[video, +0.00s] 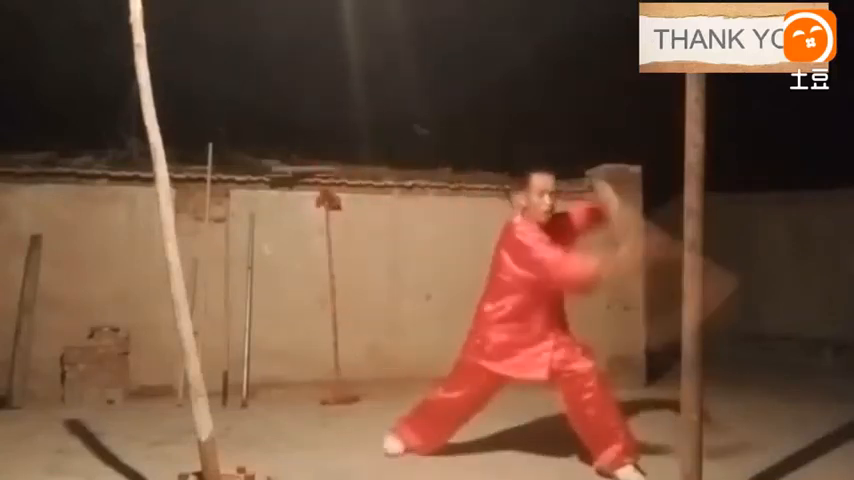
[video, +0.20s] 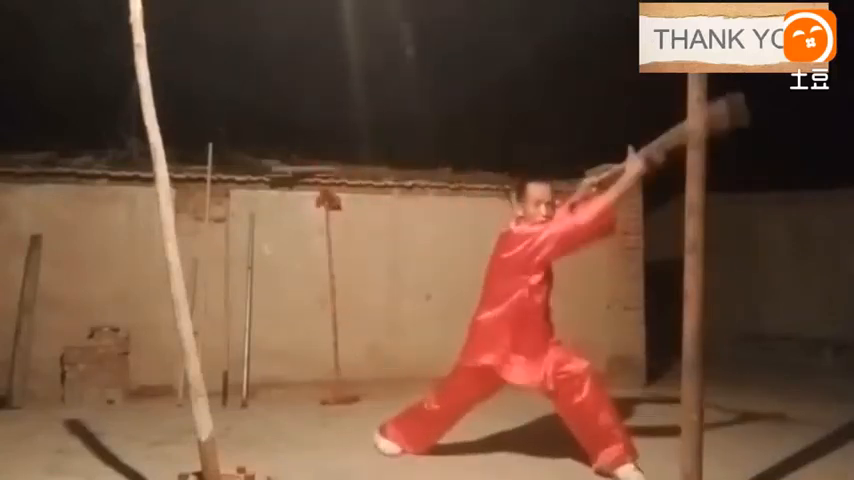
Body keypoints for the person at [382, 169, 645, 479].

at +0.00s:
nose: (548, 201)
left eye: (552, 194)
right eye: (540, 194)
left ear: (555, 197)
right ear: (519, 199)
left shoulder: (553, 228)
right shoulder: (518, 235)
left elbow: (587, 218)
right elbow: (563, 269)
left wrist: (608, 206)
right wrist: (616, 260)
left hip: (543, 335)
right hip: (499, 337)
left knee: (584, 375)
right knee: (459, 393)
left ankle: (615, 459)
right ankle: (406, 435)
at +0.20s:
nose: (546, 210)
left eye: (550, 203)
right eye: (538, 203)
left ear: (554, 206)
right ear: (521, 207)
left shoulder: (537, 234)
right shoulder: (517, 240)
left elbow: (568, 219)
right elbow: (575, 226)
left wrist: (581, 195)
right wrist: (629, 178)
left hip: (530, 347)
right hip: (494, 347)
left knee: (578, 378)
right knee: (452, 398)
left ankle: (617, 460)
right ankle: (395, 436)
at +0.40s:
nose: (548, 206)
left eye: (552, 199)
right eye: (540, 199)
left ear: (556, 200)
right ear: (520, 201)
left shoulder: (537, 230)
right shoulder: (520, 233)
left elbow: (579, 210)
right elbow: (575, 218)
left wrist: (618, 179)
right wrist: (629, 178)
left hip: (529, 337)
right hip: (497, 338)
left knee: (578, 378)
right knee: (458, 395)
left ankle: (614, 457)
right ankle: (397, 435)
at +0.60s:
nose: (554, 204)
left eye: (557, 196)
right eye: (547, 196)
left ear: (559, 196)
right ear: (526, 197)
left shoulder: (537, 228)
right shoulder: (523, 232)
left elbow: (583, 209)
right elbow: (584, 219)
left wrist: (626, 179)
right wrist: (637, 180)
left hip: (527, 334)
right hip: (500, 336)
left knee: (579, 378)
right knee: (460, 399)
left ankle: (614, 457)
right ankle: (397, 431)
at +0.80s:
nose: (559, 200)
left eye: (561, 192)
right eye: (551, 192)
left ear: (562, 192)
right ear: (530, 193)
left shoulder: (538, 224)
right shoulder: (523, 226)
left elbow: (584, 210)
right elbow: (579, 215)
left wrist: (630, 179)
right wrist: (632, 180)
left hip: (531, 328)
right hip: (502, 329)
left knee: (580, 377)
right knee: (463, 395)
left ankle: (615, 455)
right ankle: (400, 429)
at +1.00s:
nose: (564, 183)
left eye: (570, 176)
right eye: (557, 173)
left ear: (575, 179)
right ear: (538, 174)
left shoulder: (559, 217)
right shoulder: (525, 204)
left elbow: (582, 258)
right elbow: (570, 221)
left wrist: (619, 276)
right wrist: (616, 215)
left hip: (541, 327)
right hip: (493, 322)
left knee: (585, 373)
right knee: (451, 380)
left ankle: (611, 458)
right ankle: (404, 429)